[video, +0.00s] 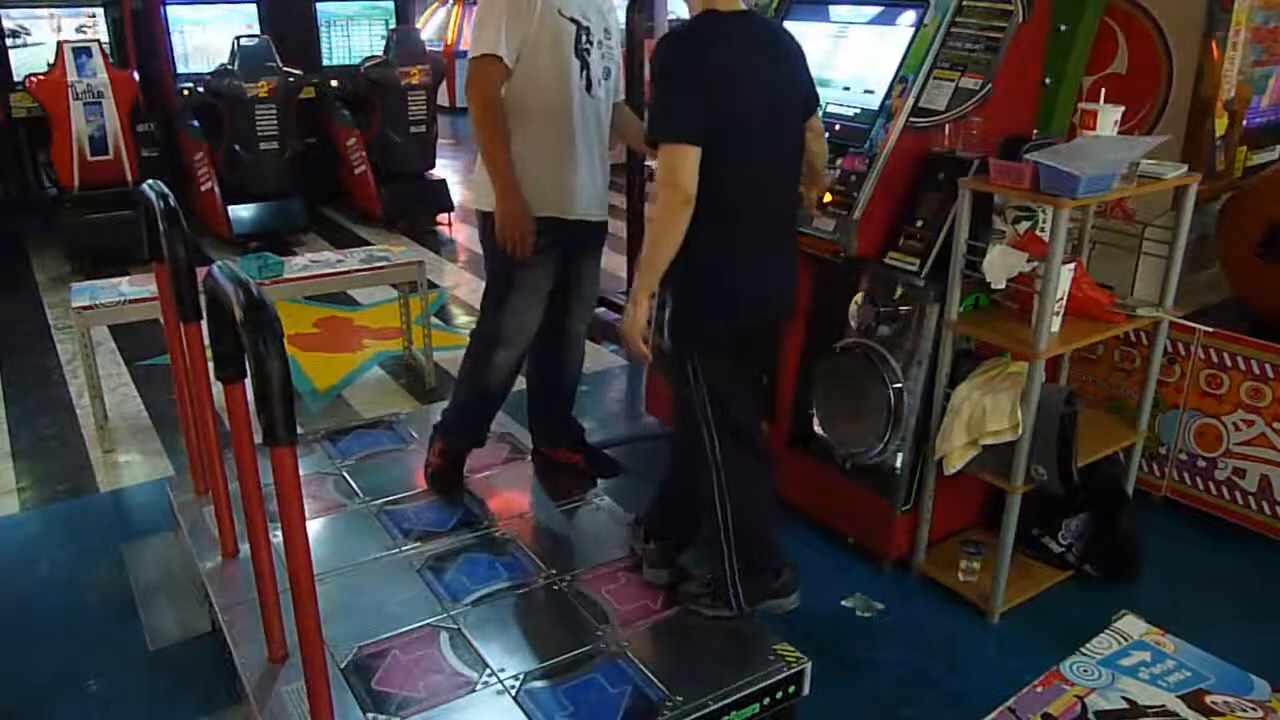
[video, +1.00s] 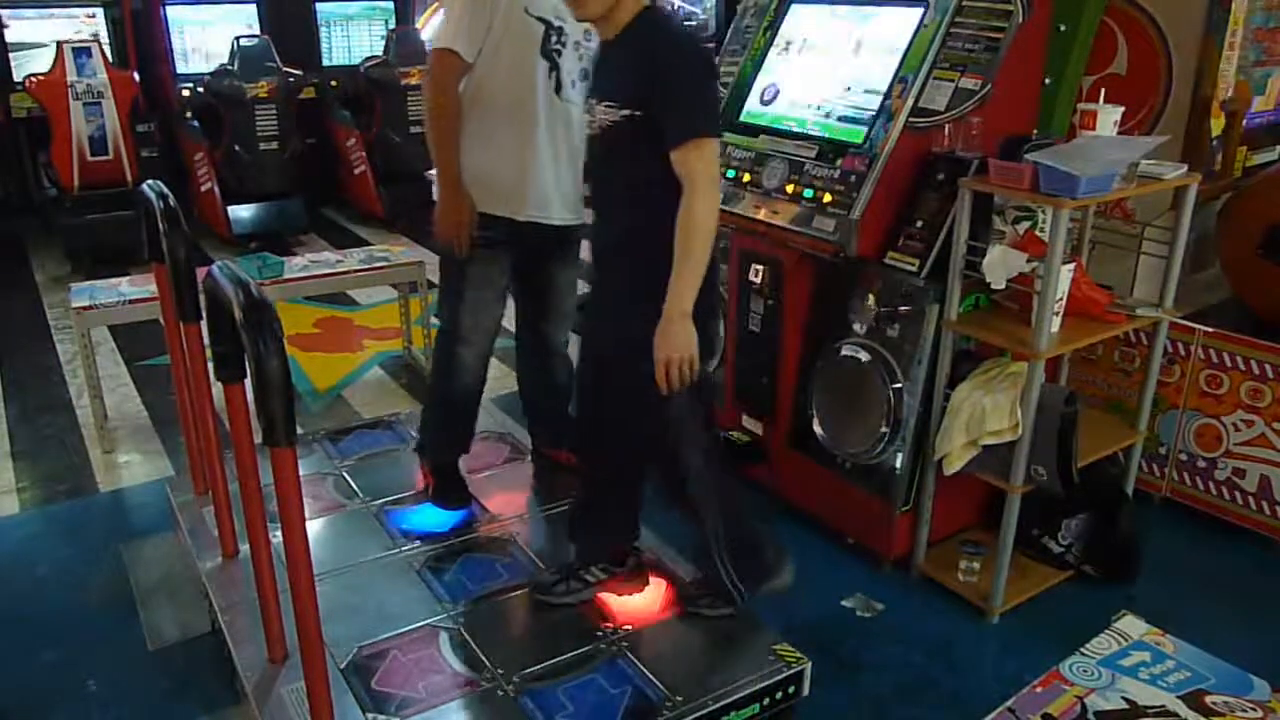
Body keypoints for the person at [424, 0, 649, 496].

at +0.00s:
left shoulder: (609, 11)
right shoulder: (516, 1)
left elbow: (607, 103)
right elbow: (482, 84)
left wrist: (662, 149)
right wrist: (506, 193)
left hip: (586, 204)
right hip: (523, 202)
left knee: (566, 338)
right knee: (506, 337)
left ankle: (556, 445)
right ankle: (451, 445)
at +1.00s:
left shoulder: (589, 16)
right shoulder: (487, 3)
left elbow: (590, 108)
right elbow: (441, 76)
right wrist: (450, 189)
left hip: (558, 207)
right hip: (484, 204)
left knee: (551, 344)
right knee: (466, 349)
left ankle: (554, 448)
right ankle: (442, 464)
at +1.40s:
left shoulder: (512, 10)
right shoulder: (390, 6)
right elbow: (353, 104)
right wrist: (373, 220)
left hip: (499, 215)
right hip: (417, 220)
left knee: (530, 357)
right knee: (414, 361)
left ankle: (551, 471)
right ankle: (408, 470)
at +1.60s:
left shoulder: (482, 8)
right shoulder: (349, 5)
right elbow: (294, 89)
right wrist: (293, 211)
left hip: (470, 201)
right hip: (385, 208)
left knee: (501, 340)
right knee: (401, 347)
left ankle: (523, 466)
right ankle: (408, 466)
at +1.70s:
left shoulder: (474, 7)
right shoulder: (337, 5)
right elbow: (263, 88)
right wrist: (253, 213)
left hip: (459, 202)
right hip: (375, 209)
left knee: (476, 337)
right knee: (395, 347)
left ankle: (471, 447)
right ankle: (408, 467)